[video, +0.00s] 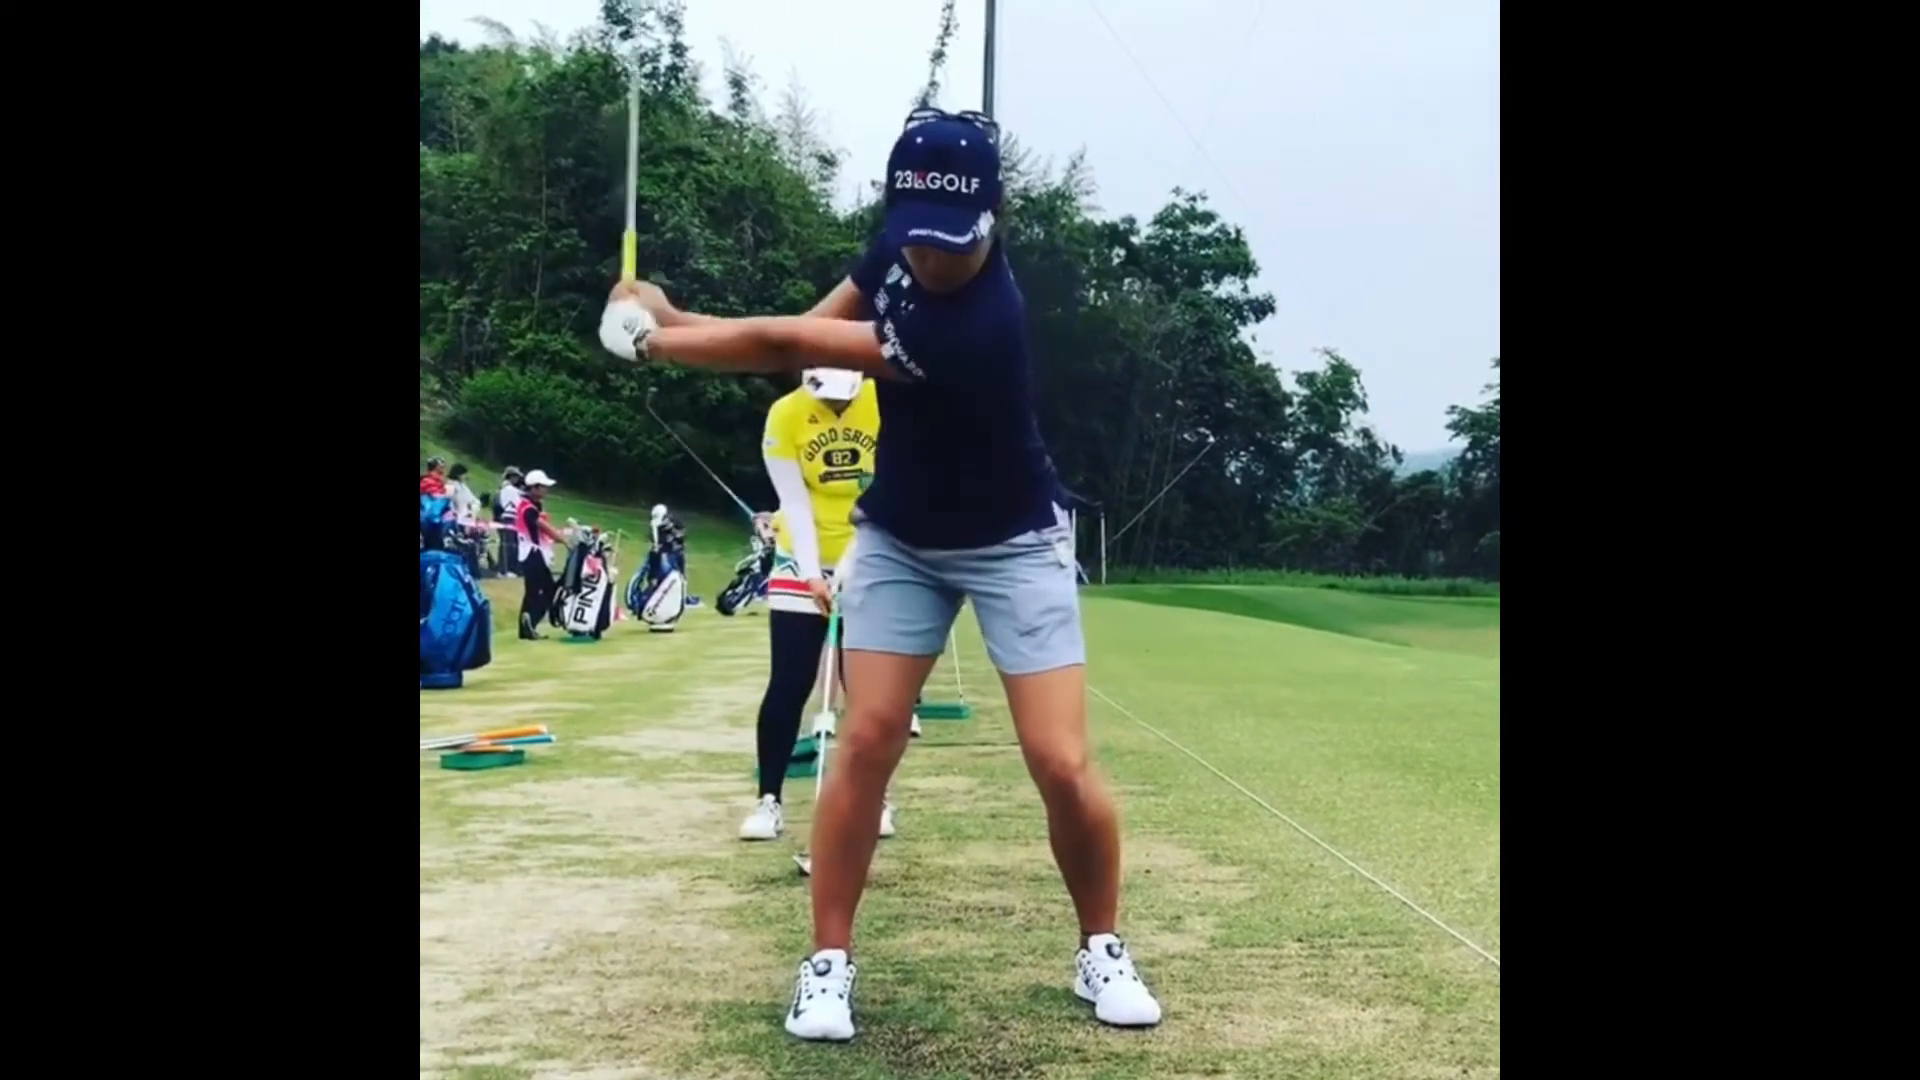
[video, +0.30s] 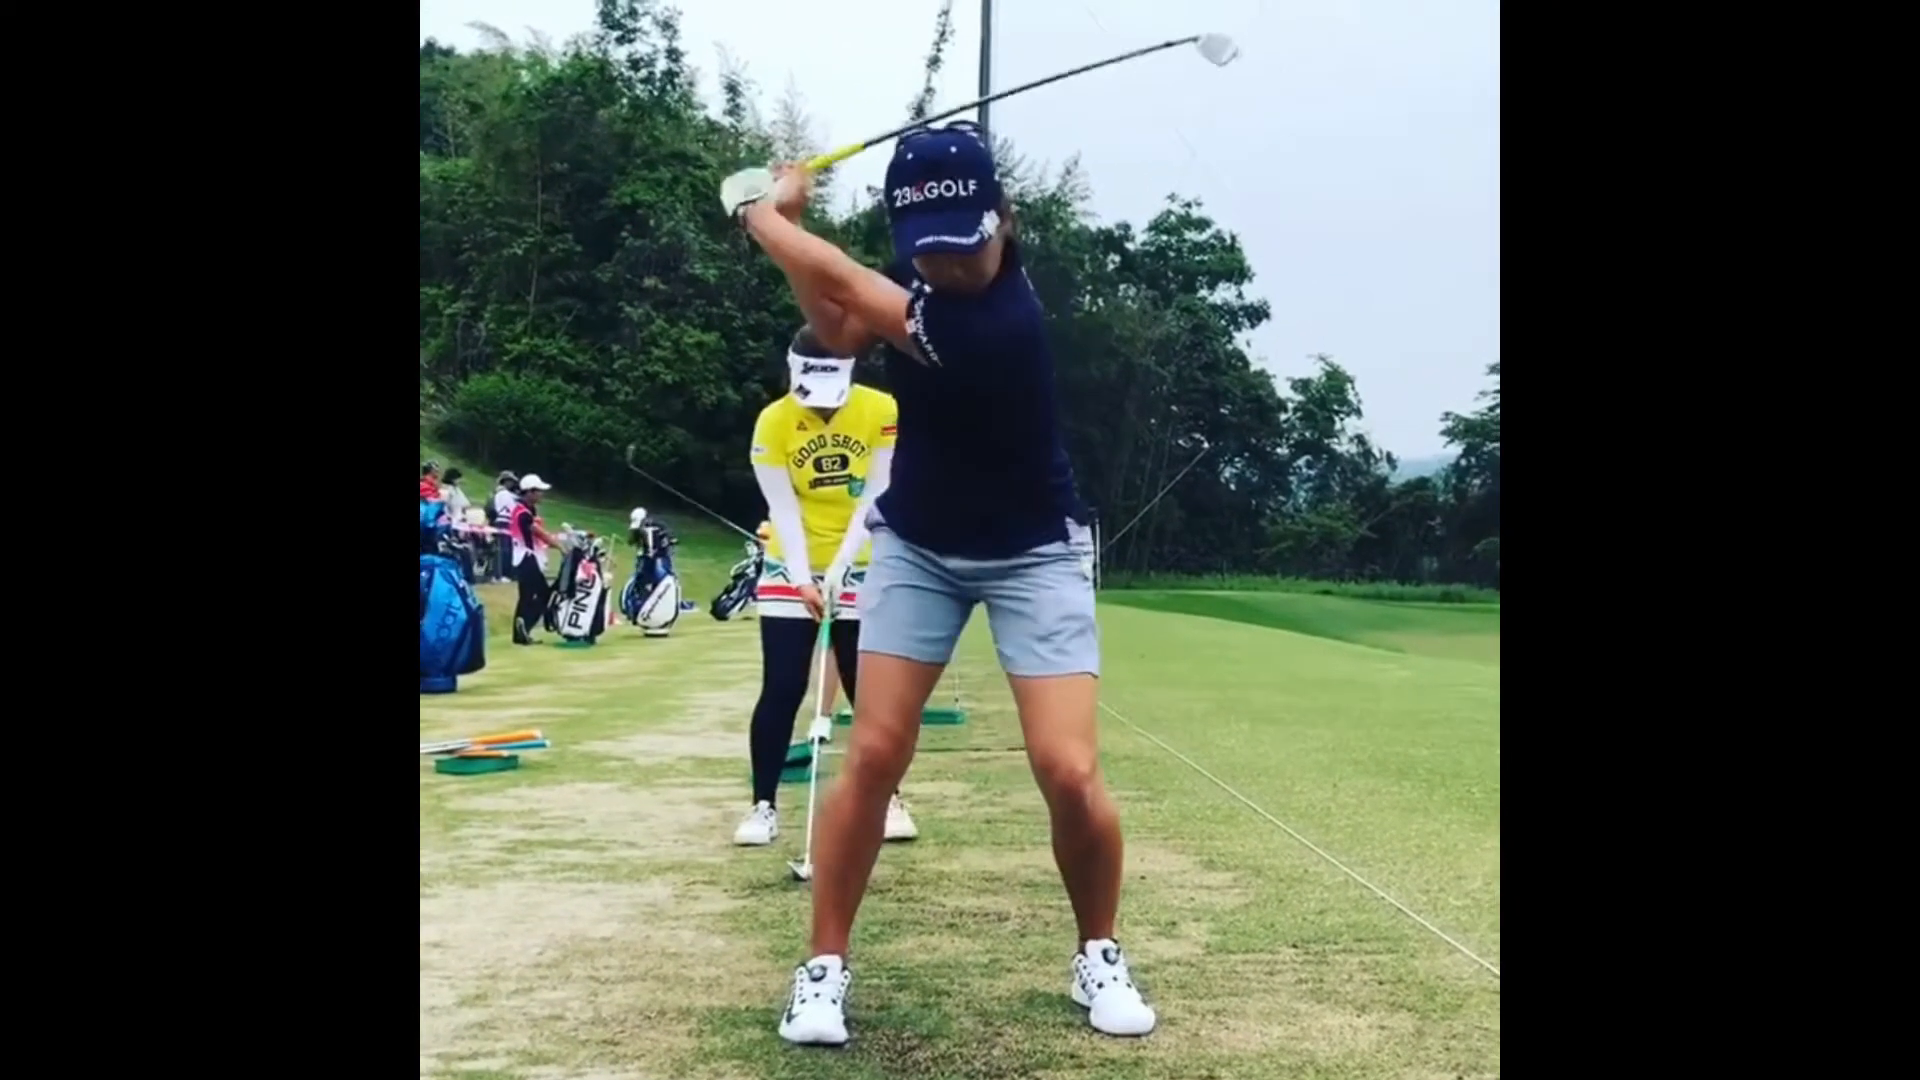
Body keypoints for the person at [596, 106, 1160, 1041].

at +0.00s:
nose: (936, 255)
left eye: (957, 237)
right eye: (920, 235)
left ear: (993, 217)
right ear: (897, 211)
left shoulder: (981, 321)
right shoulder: (896, 250)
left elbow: (790, 344)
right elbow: (808, 332)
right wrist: (682, 325)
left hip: (1017, 545)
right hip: (898, 541)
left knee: (1064, 764)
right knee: (869, 733)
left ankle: (1103, 947)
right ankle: (828, 958)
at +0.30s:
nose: (954, 260)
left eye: (970, 238)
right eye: (932, 244)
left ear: (1000, 216)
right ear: (904, 231)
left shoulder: (1002, 316)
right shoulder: (911, 288)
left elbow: (842, 283)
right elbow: (837, 329)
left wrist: (758, 212)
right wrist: (785, 226)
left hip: (1036, 556)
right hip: (917, 551)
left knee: (1071, 774)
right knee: (874, 750)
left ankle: (1099, 953)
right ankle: (825, 964)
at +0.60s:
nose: (1011, 275)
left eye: (1011, 249)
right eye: (987, 268)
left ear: (1008, 218)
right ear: (941, 270)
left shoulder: (1012, 234)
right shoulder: (981, 349)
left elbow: (1111, 299)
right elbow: (1137, 370)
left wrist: (1213, 357)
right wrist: (1242, 360)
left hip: (1094, 519)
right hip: (1024, 540)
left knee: (1096, 730)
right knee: (978, 754)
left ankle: (1093, 951)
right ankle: (817, 932)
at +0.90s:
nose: (1133, 176)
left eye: (1128, 161)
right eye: (1118, 167)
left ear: (1042, 182)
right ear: (1069, 184)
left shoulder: (977, 245)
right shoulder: (1136, 251)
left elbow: (961, 193)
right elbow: (1069, 161)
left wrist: (954, 103)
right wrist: (985, 83)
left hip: (1001, 512)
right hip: (1081, 520)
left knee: (1076, 744)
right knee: (1021, 762)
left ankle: (1079, 957)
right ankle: (878, 927)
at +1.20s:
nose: (1135, 149)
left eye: (1128, 135)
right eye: (1123, 141)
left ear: (1035, 160)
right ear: (1091, 160)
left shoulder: (980, 247)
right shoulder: (1147, 231)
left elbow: (879, 198)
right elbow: (1071, 186)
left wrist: (908, 106)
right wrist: (995, 119)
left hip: (993, 517)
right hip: (1083, 521)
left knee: (1065, 749)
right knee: (1009, 766)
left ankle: (1067, 963)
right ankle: (873, 932)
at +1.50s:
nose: (1133, 148)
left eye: (1127, 134)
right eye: (1121, 140)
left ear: (1034, 161)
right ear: (1089, 158)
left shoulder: (976, 250)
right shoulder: (1142, 234)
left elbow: (880, 199)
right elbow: (1063, 184)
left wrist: (918, 104)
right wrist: (991, 115)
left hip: (992, 522)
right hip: (1078, 526)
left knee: (1062, 752)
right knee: (1004, 770)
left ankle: (1063, 968)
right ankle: (868, 938)